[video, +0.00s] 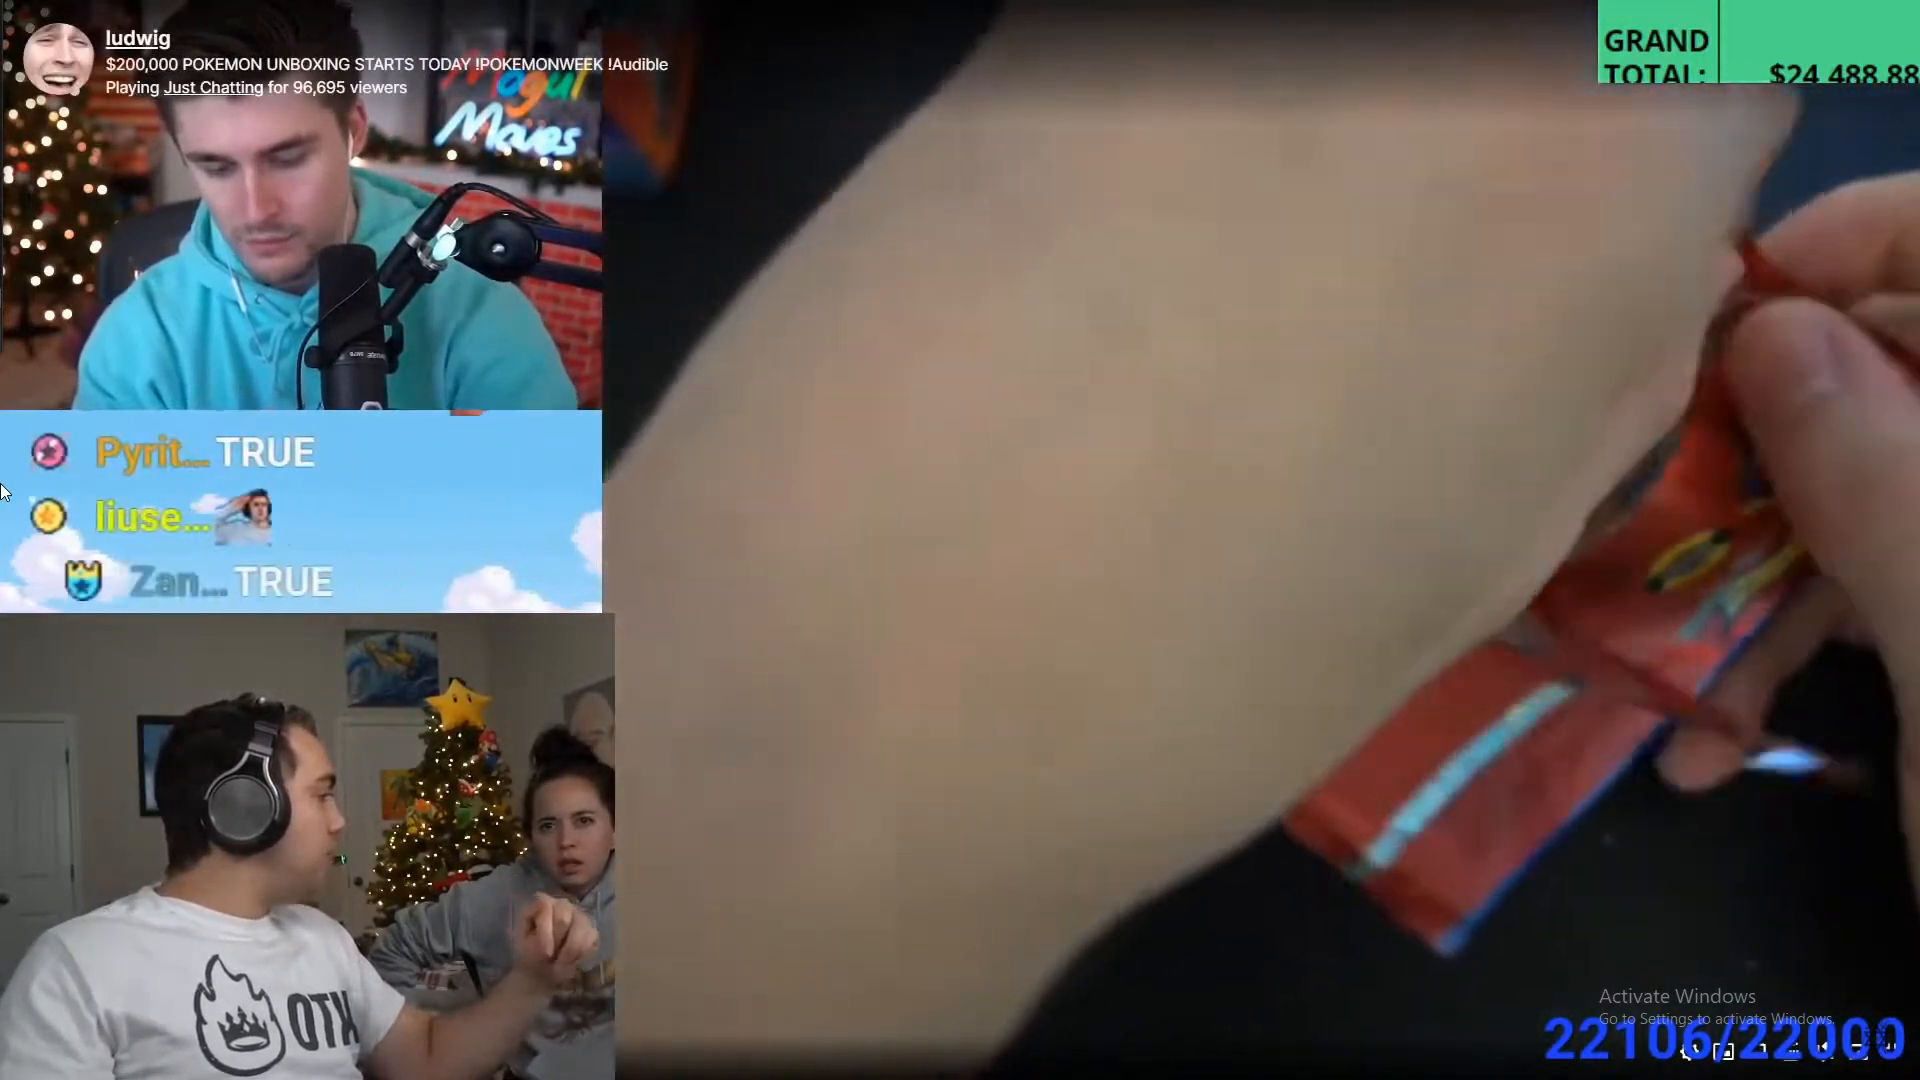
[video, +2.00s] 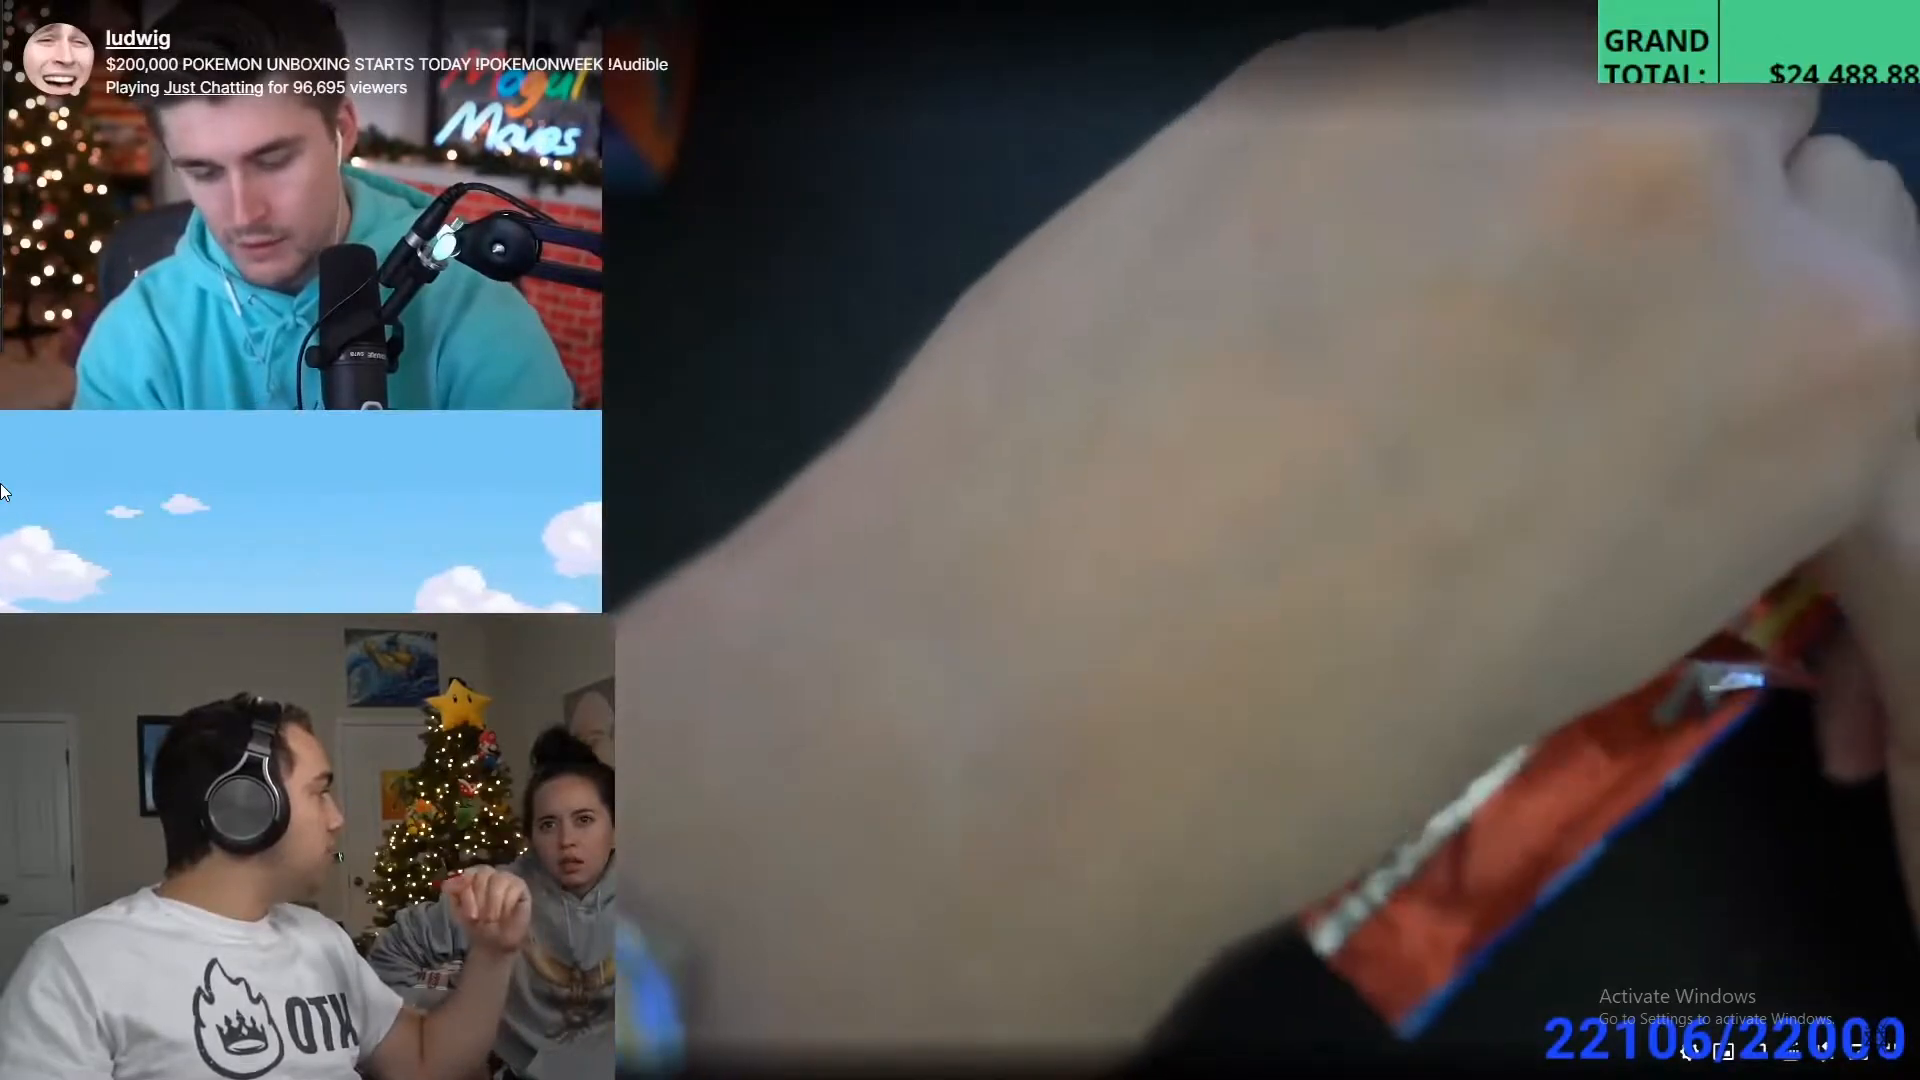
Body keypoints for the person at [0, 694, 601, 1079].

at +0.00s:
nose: (341, 820)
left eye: (333, 794)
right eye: (323, 793)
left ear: (251, 803)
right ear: (239, 804)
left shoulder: (320, 941)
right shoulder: (76, 967)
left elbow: (429, 1054)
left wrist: (533, 978)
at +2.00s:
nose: (340, 819)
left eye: (331, 791)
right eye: (320, 792)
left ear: (250, 806)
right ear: (242, 806)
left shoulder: (323, 944)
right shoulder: (75, 967)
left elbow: (430, 1062)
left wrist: (494, 953)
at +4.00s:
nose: (344, 823)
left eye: (336, 798)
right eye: (325, 799)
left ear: (260, 809)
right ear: (250, 810)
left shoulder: (324, 942)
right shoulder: (77, 967)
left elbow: (426, 1059)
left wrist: (511, 967)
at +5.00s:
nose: (344, 824)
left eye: (335, 798)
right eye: (324, 799)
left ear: (260, 808)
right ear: (248, 809)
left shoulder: (324, 943)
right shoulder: (76, 967)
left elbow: (428, 1059)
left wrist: (512, 968)